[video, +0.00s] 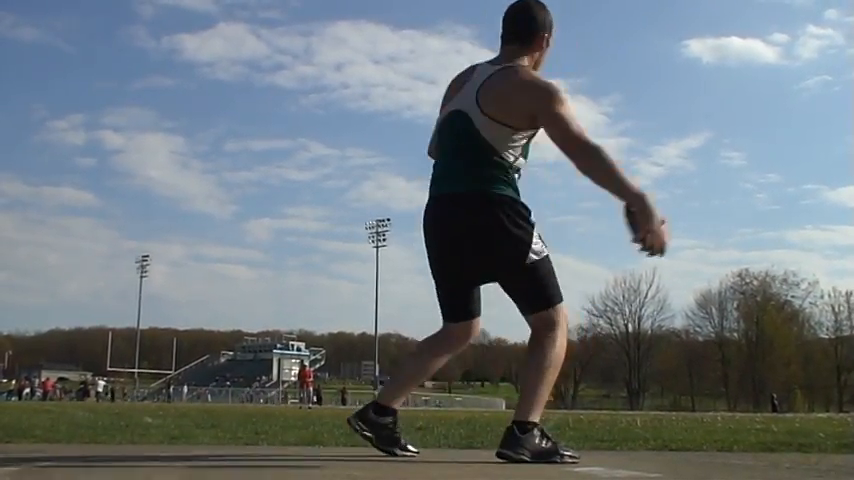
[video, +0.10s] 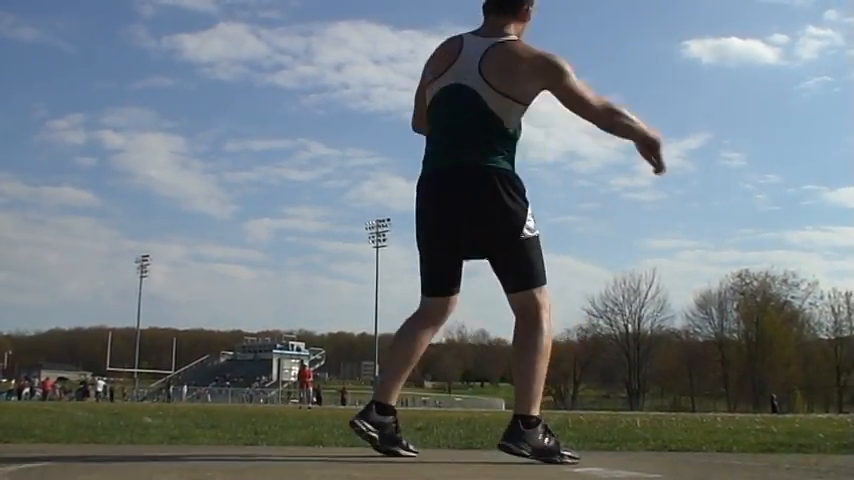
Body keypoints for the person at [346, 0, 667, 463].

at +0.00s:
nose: (550, 49)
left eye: (548, 42)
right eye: (550, 42)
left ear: (504, 37)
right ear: (542, 42)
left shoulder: (463, 79)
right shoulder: (537, 89)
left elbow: (437, 147)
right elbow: (581, 149)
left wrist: (490, 155)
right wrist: (636, 198)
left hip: (442, 213)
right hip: (494, 211)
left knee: (460, 327)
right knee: (551, 323)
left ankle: (380, 412)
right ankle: (525, 431)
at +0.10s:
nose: (532, 15)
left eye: (528, 11)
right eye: (532, 10)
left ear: (484, 10)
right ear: (528, 11)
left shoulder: (444, 51)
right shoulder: (533, 60)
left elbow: (420, 120)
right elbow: (596, 109)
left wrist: (471, 132)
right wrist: (643, 134)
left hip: (434, 192)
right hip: (492, 190)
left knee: (434, 306)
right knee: (533, 309)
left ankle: (379, 411)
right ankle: (527, 426)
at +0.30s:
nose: (508, 10)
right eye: (510, 7)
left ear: (460, 4)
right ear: (505, 5)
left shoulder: (421, 44)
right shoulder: (523, 47)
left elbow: (409, 100)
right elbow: (509, 90)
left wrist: (427, 44)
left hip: (435, 183)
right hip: (498, 182)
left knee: (412, 303)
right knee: (525, 307)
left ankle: (382, 420)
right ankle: (529, 421)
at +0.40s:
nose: (504, 13)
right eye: (505, 9)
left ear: (455, 9)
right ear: (500, 10)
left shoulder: (417, 52)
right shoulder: (513, 56)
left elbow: (397, 105)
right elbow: (470, 49)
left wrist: (397, 43)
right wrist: (423, 20)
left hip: (434, 191)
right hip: (496, 190)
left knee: (410, 310)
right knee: (522, 311)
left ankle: (382, 427)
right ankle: (526, 427)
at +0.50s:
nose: (496, 19)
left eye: (454, 11)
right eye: (499, 15)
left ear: (452, 12)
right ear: (497, 16)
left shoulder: (415, 57)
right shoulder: (511, 60)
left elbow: (392, 117)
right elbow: (456, 51)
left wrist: (394, 52)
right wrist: (400, 22)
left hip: (433, 195)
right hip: (495, 193)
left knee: (408, 313)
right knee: (521, 313)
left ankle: (379, 431)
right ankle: (524, 432)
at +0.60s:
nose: (505, 18)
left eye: (501, 13)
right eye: (505, 13)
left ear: (455, 10)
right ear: (499, 14)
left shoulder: (415, 55)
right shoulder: (512, 57)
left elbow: (403, 121)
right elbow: (475, 71)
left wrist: (411, 59)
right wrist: (425, 39)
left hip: (431, 196)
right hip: (493, 194)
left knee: (409, 314)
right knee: (522, 313)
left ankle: (380, 431)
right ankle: (524, 432)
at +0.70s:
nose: (512, 16)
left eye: (510, 11)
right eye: (513, 11)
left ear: (464, 7)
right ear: (504, 10)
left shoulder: (416, 56)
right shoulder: (515, 52)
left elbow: (424, 119)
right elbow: (509, 95)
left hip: (430, 197)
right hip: (491, 194)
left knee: (411, 314)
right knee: (524, 312)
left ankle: (381, 431)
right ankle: (525, 434)